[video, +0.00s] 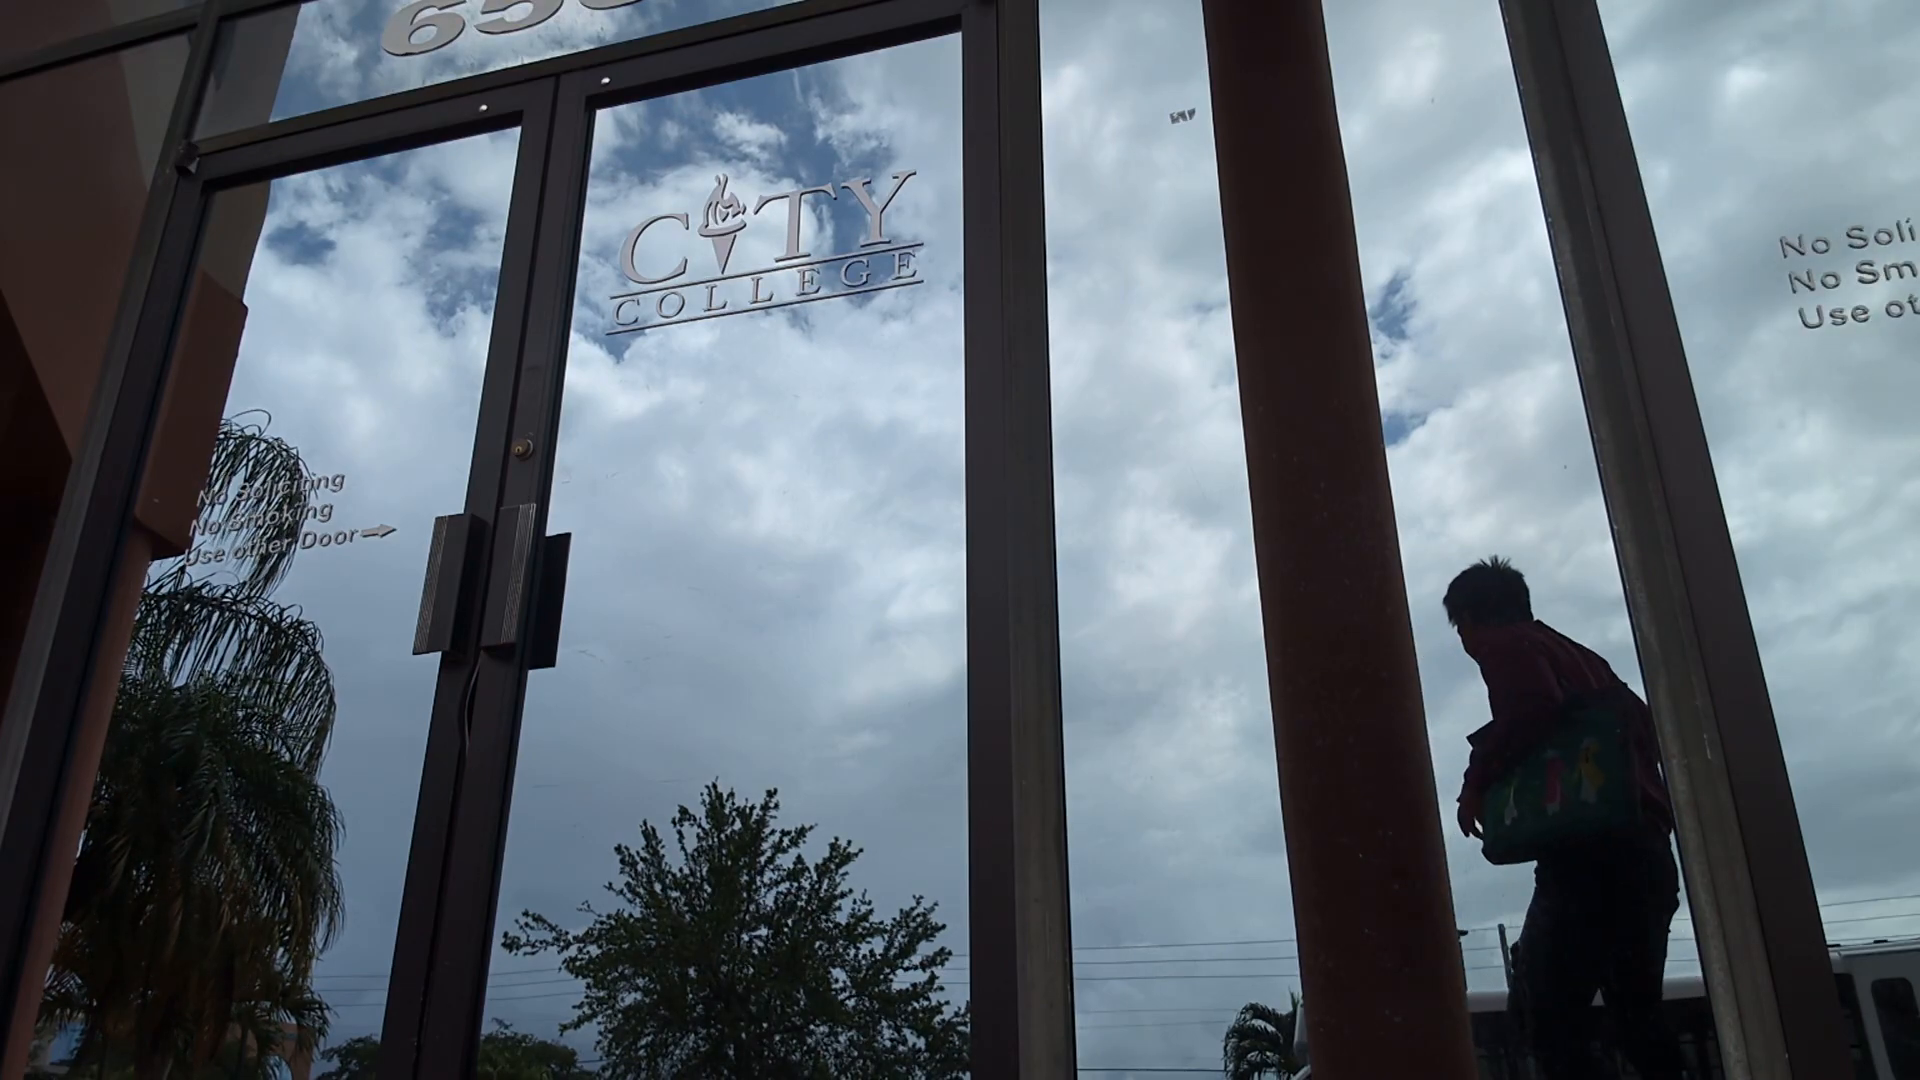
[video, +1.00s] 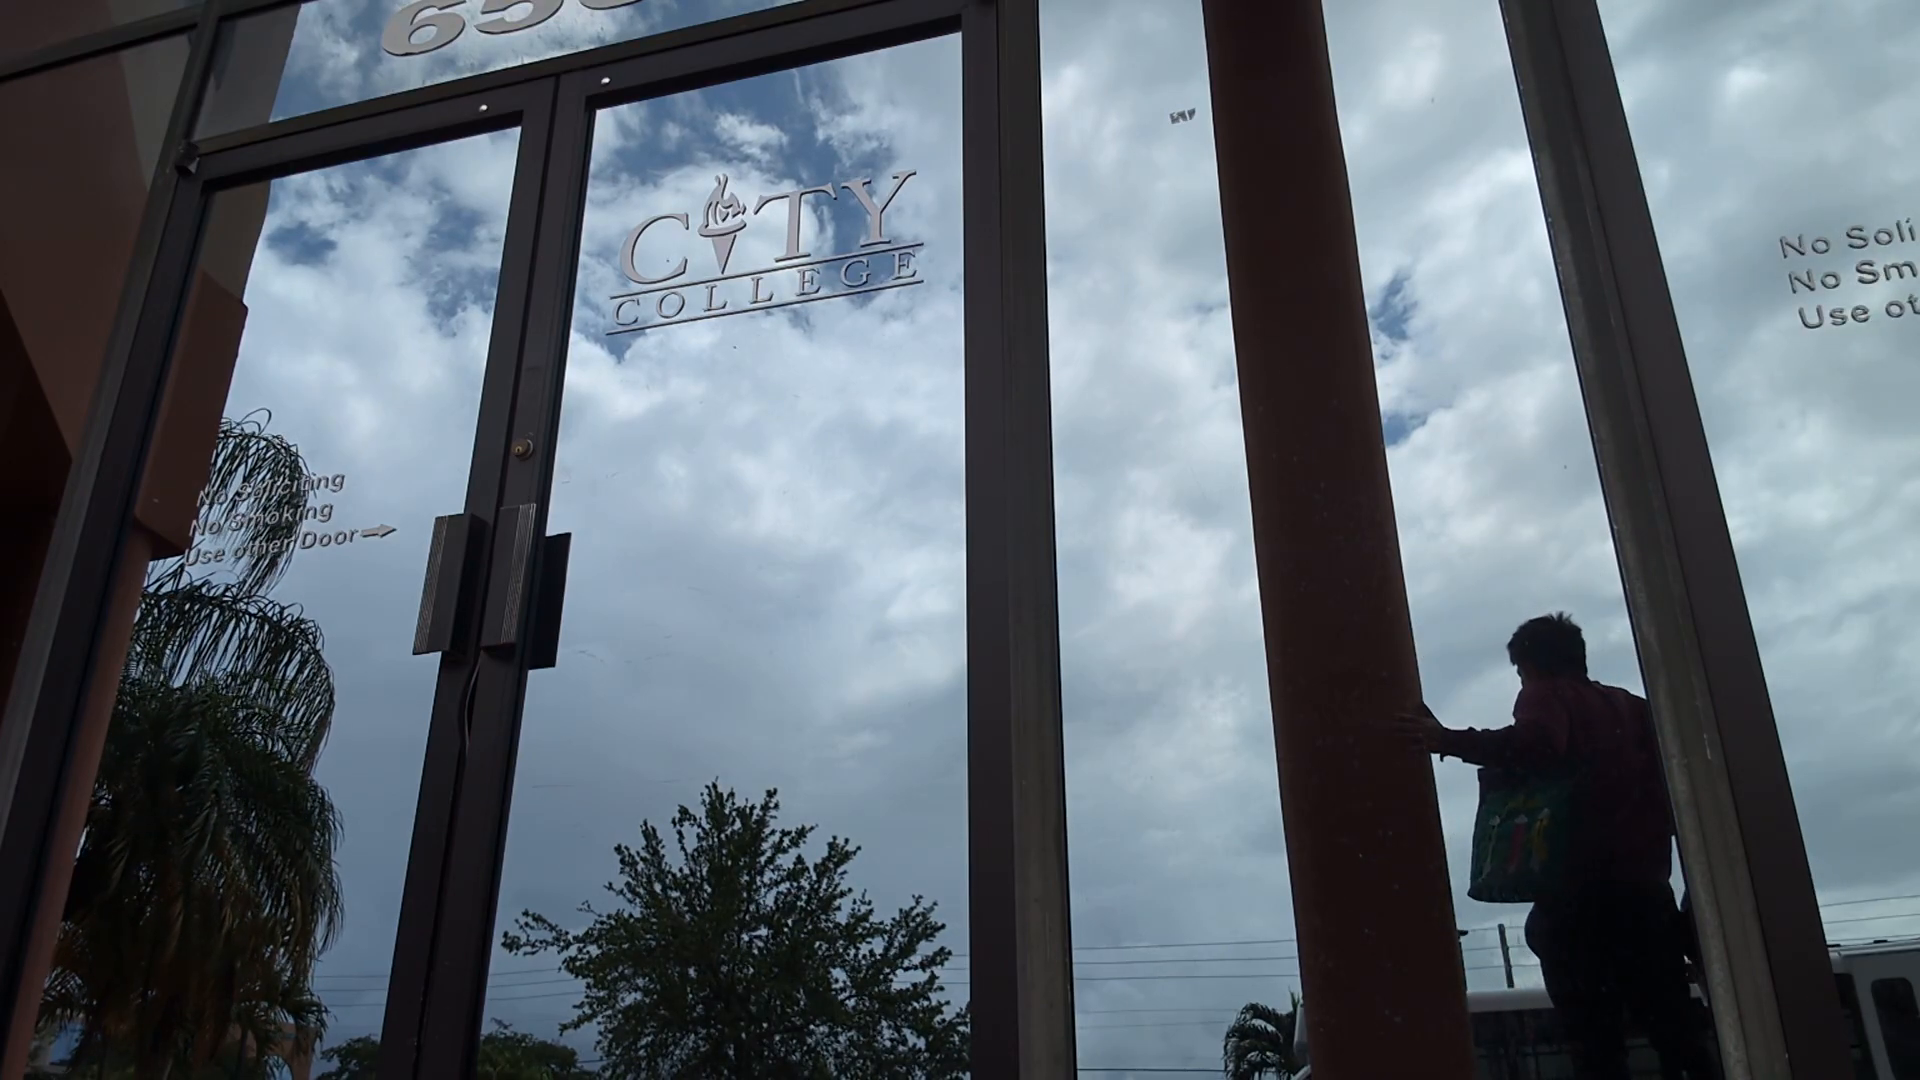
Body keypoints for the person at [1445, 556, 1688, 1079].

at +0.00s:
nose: (1462, 640)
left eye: (1460, 626)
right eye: (1458, 628)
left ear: (1476, 617)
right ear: (1519, 606)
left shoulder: (1503, 643)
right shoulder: (1583, 656)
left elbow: (1534, 706)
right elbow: (1643, 720)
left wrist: (1479, 774)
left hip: (1583, 859)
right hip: (1647, 856)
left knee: (1548, 1011)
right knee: (1636, 1011)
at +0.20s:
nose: (1513, 640)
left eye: (1512, 628)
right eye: (1510, 630)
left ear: (1527, 617)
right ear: (1571, 609)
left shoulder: (1540, 649)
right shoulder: (1625, 656)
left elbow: (1559, 721)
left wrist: (1492, 771)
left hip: (1594, 859)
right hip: (1661, 850)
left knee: (1570, 1004)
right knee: (1666, 1007)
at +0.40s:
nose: (1537, 634)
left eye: (1538, 622)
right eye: (1535, 623)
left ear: (1555, 613)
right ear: (1595, 608)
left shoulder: (1562, 650)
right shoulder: (1636, 654)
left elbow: (1562, 727)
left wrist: (1484, 752)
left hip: (1607, 858)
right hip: (1667, 847)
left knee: (1573, 1000)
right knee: (1687, 997)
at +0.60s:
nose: (1546, 643)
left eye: (1546, 631)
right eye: (1544, 633)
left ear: (1562, 624)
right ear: (1603, 620)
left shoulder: (1566, 662)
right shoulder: (1641, 664)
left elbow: (1541, 730)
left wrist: (1456, 736)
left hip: (1603, 864)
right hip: (1669, 854)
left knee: (1601, 1014)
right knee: (1686, 998)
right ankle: (1702, 1068)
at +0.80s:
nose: (1538, 660)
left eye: (1539, 649)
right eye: (1536, 650)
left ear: (1554, 642)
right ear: (1596, 639)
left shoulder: (1556, 680)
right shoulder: (1638, 681)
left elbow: (1538, 737)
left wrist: (1449, 737)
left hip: (1594, 875)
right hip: (1663, 866)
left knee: (1604, 1027)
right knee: (1689, 1009)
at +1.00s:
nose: (1521, 684)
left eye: (1522, 672)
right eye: (1520, 673)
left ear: (1535, 666)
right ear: (1578, 660)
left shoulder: (1542, 697)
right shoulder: (1633, 706)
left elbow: (1539, 744)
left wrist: (1449, 740)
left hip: (1574, 896)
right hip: (1648, 890)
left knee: (1594, 1039)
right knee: (1673, 1023)